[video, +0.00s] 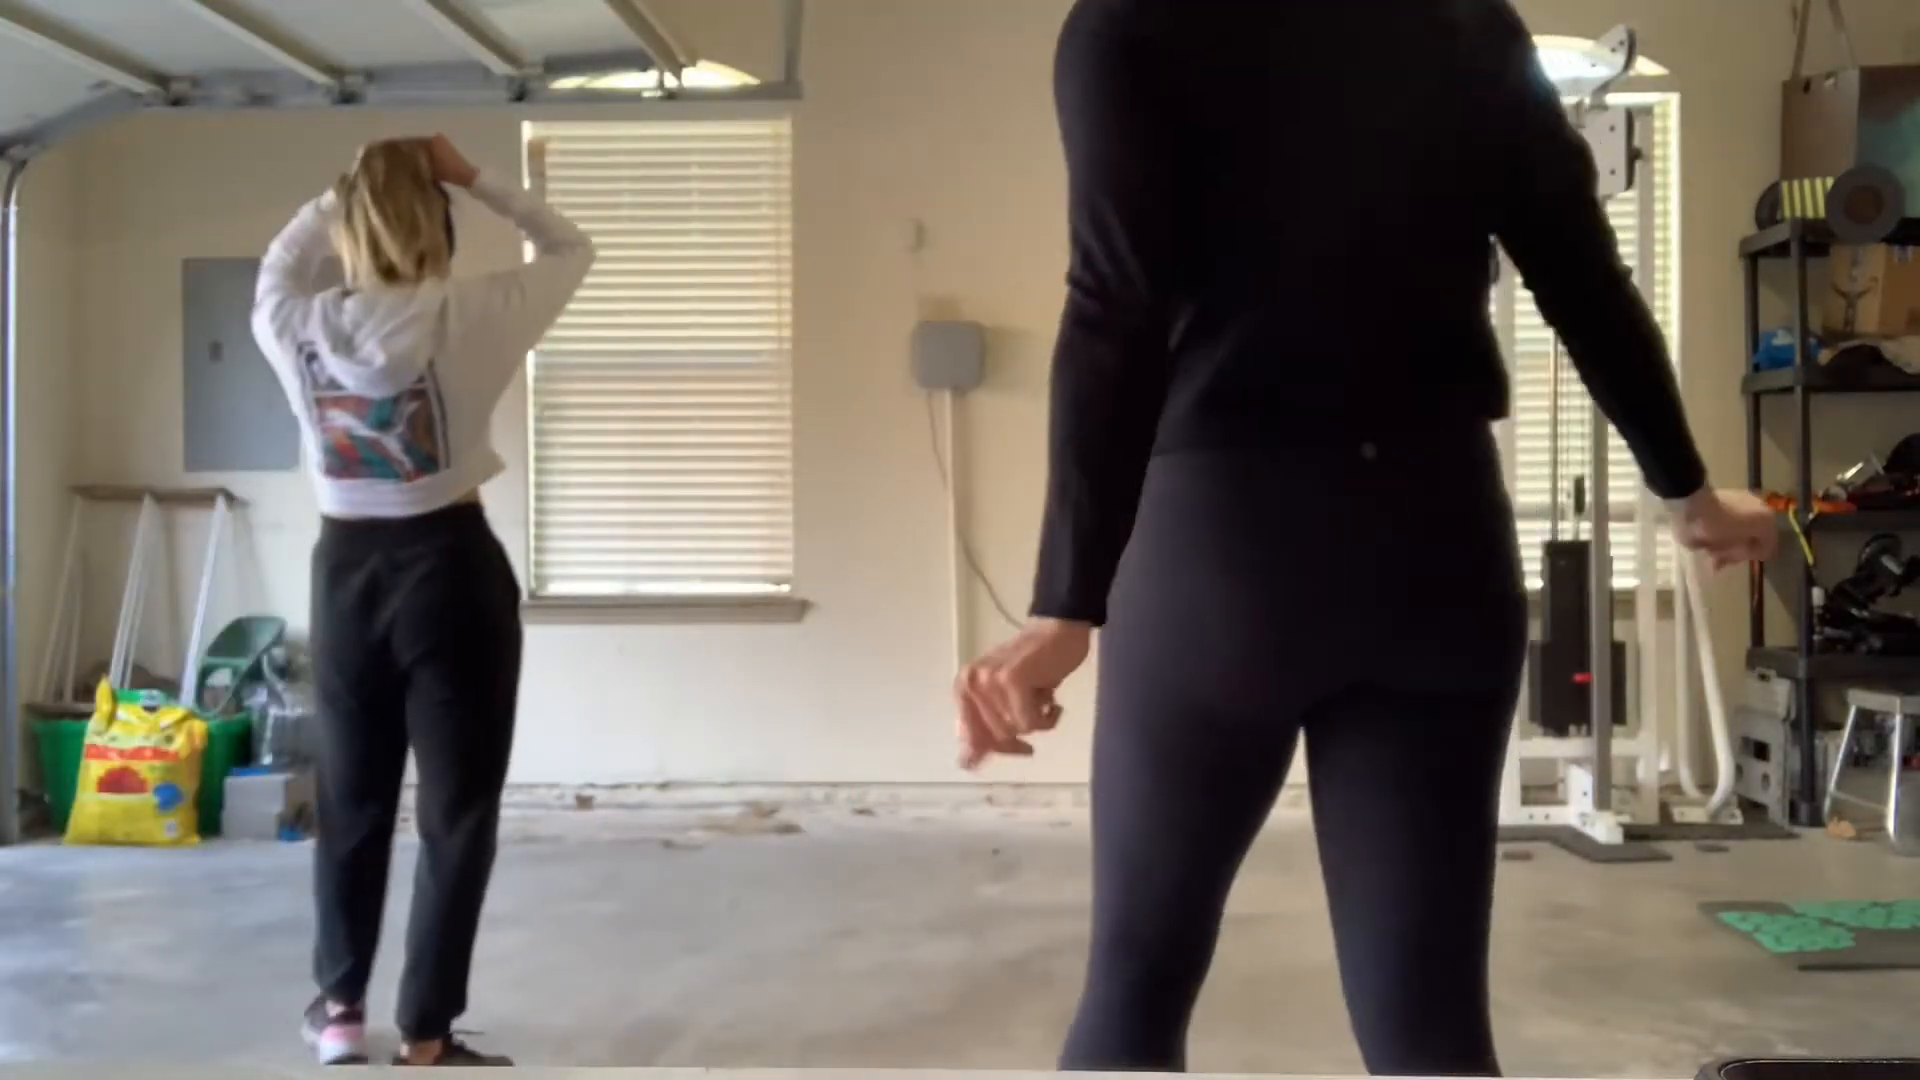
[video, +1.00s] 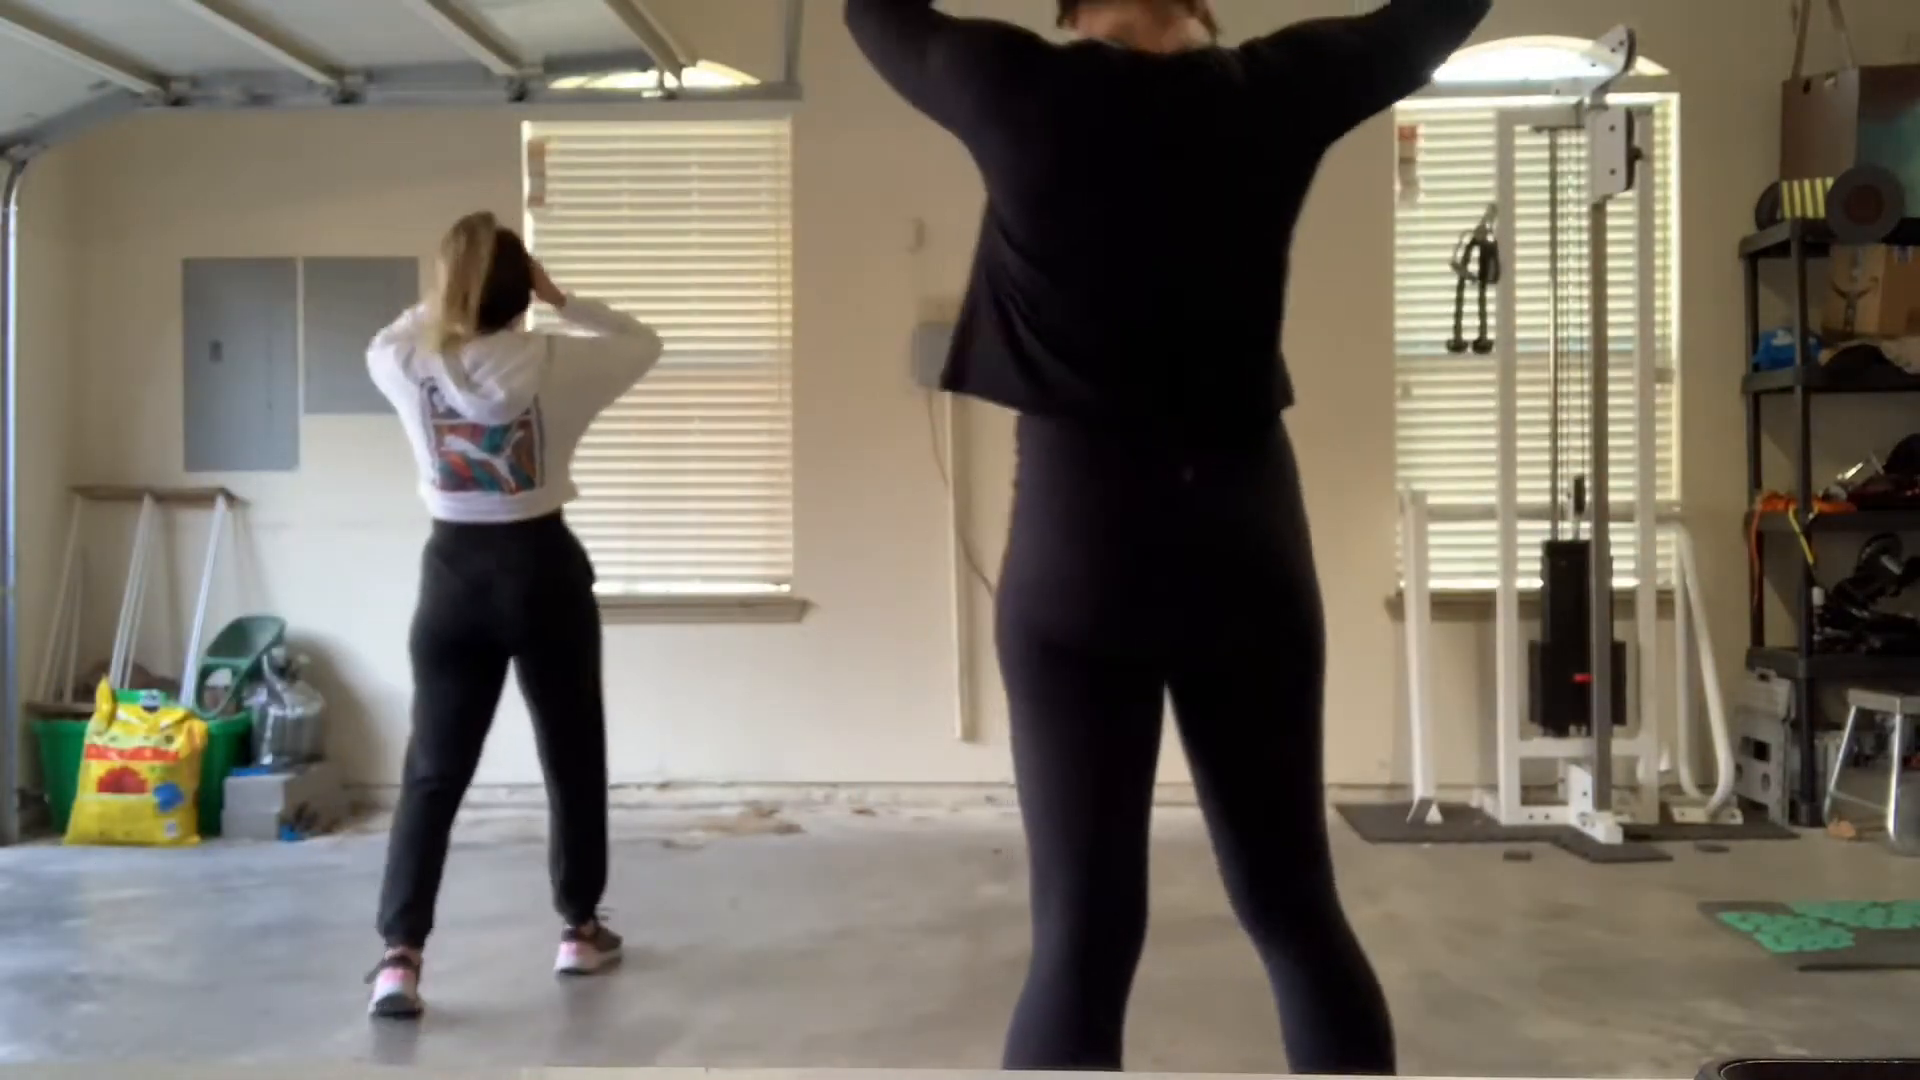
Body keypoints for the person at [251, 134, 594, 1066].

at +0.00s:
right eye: (441, 214)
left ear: (347, 235)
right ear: (444, 227)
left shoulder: (302, 325)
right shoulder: (478, 315)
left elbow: (280, 269)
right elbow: (569, 251)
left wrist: (341, 197)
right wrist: (475, 181)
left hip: (344, 573)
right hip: (452, 572)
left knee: (352, 803)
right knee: (458, 810)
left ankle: (339, 1011)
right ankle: (427, 1034)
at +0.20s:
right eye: (444, 226)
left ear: (356, 252)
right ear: (449, 244)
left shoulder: (318, 343)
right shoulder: (486, 331)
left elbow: (287, 292)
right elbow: (580, 276)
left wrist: (348, 223)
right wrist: (490, 209)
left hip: (365, 578)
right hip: (465, 577)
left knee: (384, 799)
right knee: (464, 808)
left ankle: (388, 993)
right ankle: (427, 1028)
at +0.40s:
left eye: (335, 247)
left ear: (342, 259)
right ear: (431, 240)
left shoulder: (323, 350)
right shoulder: (484, 334)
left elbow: (278, 303)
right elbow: (585, 287)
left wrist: (320, 237)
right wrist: (506, 216)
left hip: (362, 577)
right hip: (459, 577)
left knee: (379, 794)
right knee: (486, 794)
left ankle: (390, 994)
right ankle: (442, 994)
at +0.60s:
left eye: (353, 241)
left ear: (357, 270)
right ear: (442, 266)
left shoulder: (330, 356)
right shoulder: (483, 341)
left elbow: (286, 342)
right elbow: (597, 318)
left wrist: (331, 275)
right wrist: (522, 252)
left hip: (368, 579)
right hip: (464, 576)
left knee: (381, 786)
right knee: (522, 769)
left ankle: (389, 986)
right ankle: (480, 953)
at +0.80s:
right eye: (477, 264)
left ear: (391, 277)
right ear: (477, 279)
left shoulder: (354, 356)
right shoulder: (508, 353)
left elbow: (341, 328)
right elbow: (613, 325)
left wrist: (393, 272)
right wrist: (524, 276)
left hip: (398, 583)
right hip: (494, 580)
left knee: (395, 786)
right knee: (537, 769)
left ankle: (392, 981)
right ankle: (572, 936)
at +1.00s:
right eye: (518, 271)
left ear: (447, 292)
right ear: (523, 290)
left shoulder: (410, 368)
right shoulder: (559, 363)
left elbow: (385, 344)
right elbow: (643, 343)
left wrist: (447, 297)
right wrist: (559, 298)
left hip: (453, 580)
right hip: (546, 578)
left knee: (430, 776)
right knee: (574, 764)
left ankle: (399, 960)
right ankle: (580, 931)